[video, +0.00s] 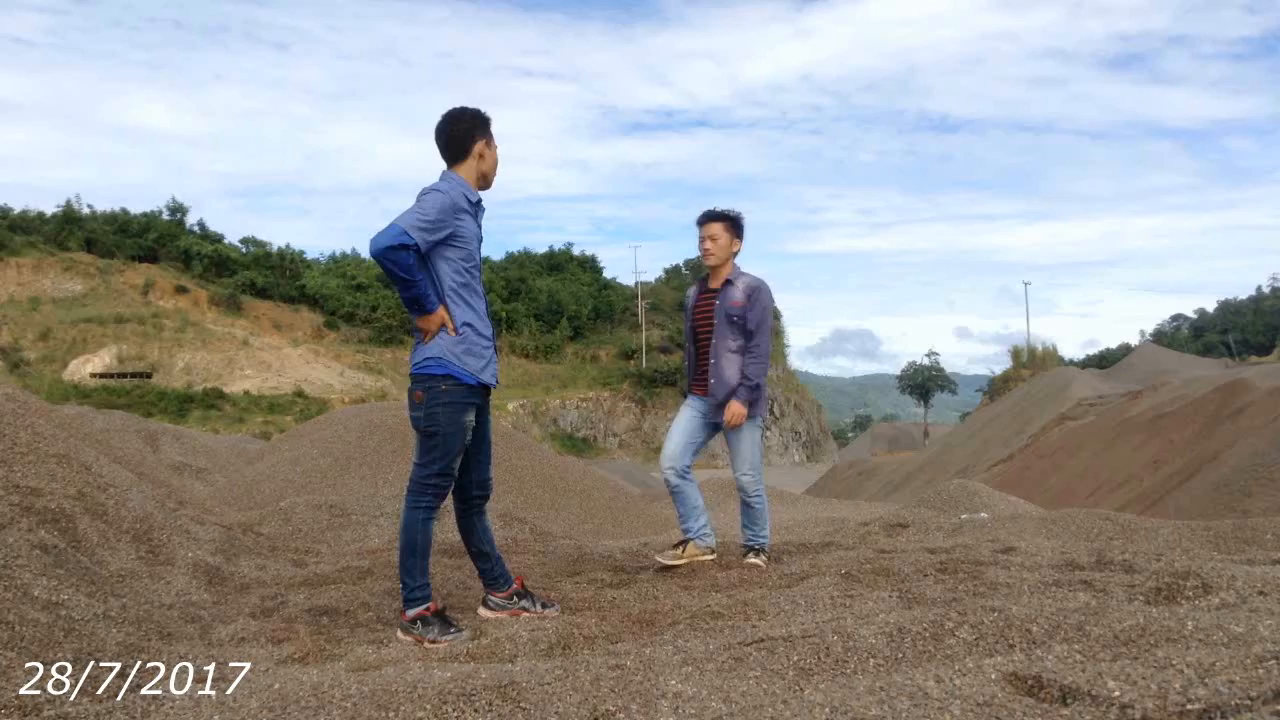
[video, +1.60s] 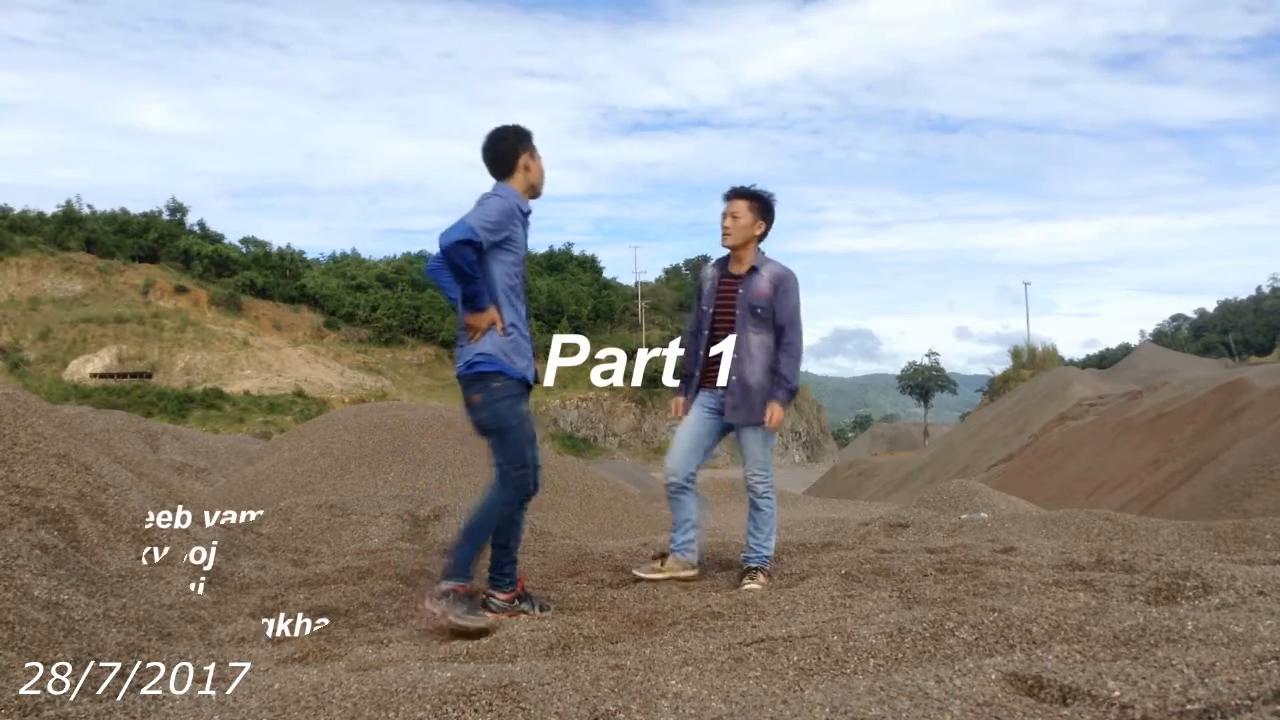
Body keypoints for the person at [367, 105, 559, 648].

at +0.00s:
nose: (497, 156)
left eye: (494, 146)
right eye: (494, 146)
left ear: (459, 150)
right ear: (480, 148)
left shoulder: (463, 204)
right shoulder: (446, 197)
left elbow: (416, 257)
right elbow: (389, 245)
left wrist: (448, 309)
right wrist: (426, 308)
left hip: (470, 375)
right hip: (444, 374)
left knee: (473, 495)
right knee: (428, 494)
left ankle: (501, 590)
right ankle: (417, 608)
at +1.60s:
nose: (543, 166)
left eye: (539, 158)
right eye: (538, 157)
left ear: (507, 167)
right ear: (525, 162)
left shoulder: (502, 211)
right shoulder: (504, 203)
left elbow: (438, 267)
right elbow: (452, 245)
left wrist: (472, 312)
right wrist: (476, 306)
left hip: (500, 370)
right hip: (493, 369)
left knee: (520, 479)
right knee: (517, 477)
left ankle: (504, 589)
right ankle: (453, 586)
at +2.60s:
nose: (555, 163)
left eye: (553, 153)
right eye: (553, 154)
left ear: (515, 157)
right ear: (540, 155)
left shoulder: (497, 204)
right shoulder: (515, 197)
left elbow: (465, 278)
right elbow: (506, 267)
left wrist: (531, 305)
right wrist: (566, 303)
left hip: (487, 366)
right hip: (507, 365)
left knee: (511, 479)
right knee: (552, 467)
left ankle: (502, 587)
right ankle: (517, 584)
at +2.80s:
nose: (509, 166)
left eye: (507, 157)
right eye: (506, 157)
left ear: (463, 157)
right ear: (491, 156)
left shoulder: (420, 216)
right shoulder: (494, 206)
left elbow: (410, 292)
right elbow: (528, 283)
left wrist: (459, 294)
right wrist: (569, 308)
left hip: (458, 378)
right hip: (496, 373)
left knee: (498, 485)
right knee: (529, 482)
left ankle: (504, 593)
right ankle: (453, 586)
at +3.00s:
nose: (465, 168)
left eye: (460, 159)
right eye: (461, 160)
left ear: (413, 170)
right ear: (450, 165)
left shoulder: (378, 229)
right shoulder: (474, 221)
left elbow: (360, 313)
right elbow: (519, 293)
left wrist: (397, 330)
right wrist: (545, 320)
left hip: (403, 395)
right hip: (462, 393)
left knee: (456, 481)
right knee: (467, 504)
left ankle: (473, 587)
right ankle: (431, 619)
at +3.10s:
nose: (442, 162)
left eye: (437, 153)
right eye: (439, 153)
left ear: (390, 159)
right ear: (429, 156)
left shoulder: (352, 220)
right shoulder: (452, 211)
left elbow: (338, 301)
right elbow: (488, 293)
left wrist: (356, 354)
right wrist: (513, 339)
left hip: (385, 386)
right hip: (446, 382)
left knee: (413, 467)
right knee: (450, 496)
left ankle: (404, 577)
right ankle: (431, 618)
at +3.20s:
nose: (419, 155)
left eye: (414, 146)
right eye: (416, 146)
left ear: (369, 153)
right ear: (405, 149)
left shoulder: (332, 213)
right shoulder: (432, 205)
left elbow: (314, 290)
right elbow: (457, 286)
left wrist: (336, 358)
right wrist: (476, 344)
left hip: (365, 380)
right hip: (426, 378)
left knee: (373, 478)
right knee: (440, 495)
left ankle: (334, 572)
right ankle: (432, 615)